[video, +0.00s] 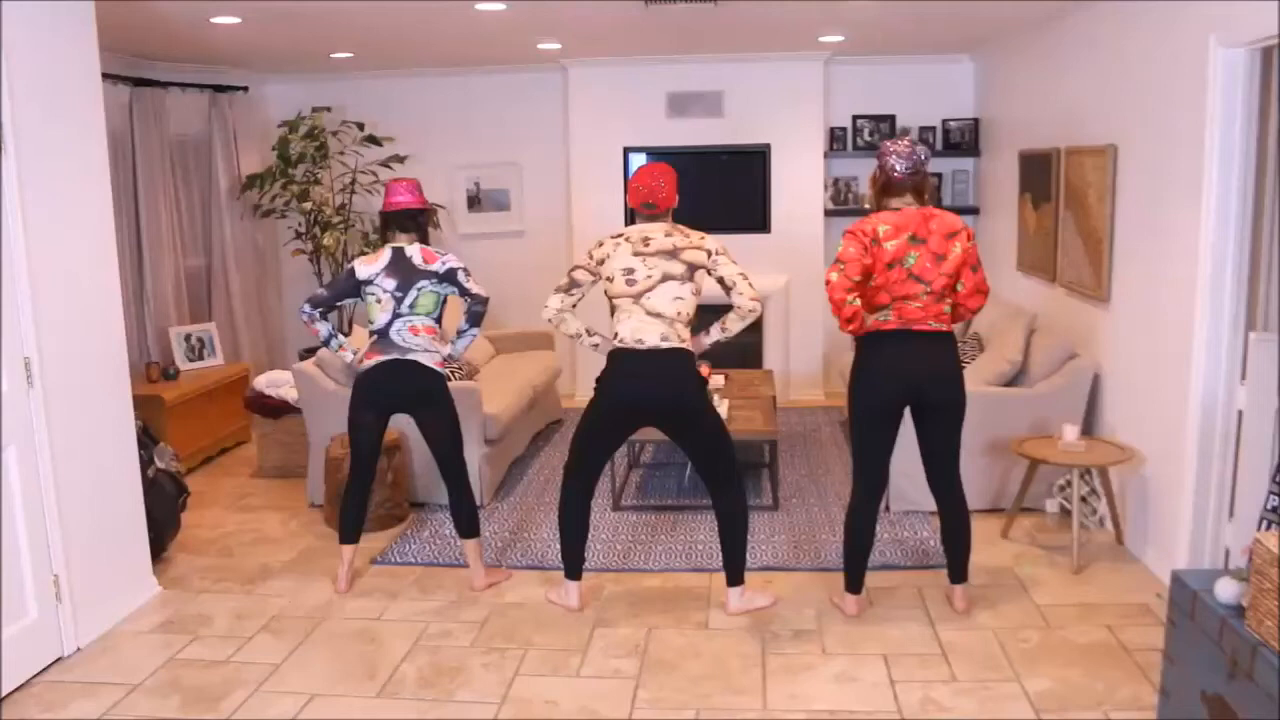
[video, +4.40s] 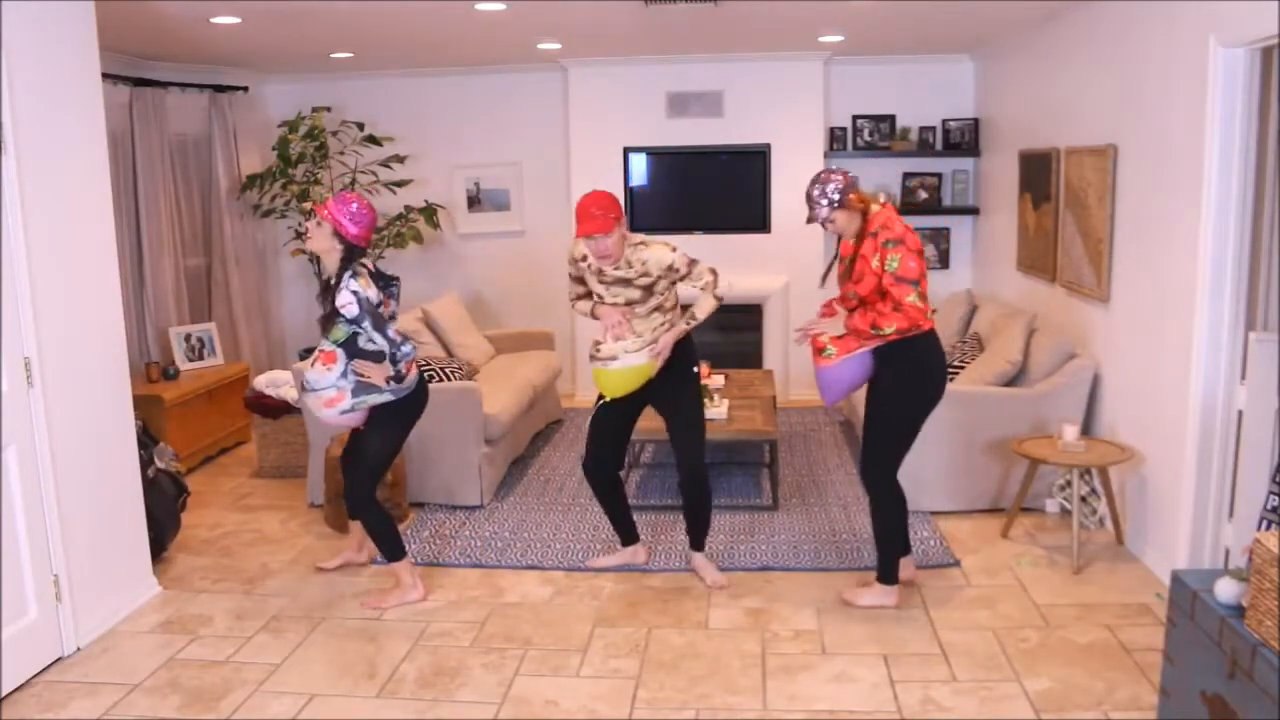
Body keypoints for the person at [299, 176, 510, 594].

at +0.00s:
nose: (424, 225)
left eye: (404, 222)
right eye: (423, 220)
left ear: (385, 224)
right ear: (423, 222)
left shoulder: (365, 266)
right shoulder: (442, 262)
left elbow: (310, 308)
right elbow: (478, 299)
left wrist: (346, 350)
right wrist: (456, 350)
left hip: (373, 379)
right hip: (426, 379)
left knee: (360, 472)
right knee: (455, 472)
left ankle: (344, 572)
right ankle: (479, 572)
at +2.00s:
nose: (418, 225)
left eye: (393, 222)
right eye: (420, 219)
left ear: (381, 223)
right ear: (421, 220)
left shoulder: (366, 266)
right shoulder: (439, 260)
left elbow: (309, 311)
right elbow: (480, 295)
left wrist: (348, 352)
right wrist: (457, 347)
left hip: (376, 380)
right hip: (427, 379)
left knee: (362, 474)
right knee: (456, 473)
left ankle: (345, 572)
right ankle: (479, 573)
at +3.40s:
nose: (374, 228)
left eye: (376, 223)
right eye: (378, 222)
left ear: (381, 227)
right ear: (419, 227)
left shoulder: (378, 268)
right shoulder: (437, 266)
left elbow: (373, 326)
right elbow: (496, 300)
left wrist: (389, 354)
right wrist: (472, 344)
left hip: (424, 386)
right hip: (463, 376)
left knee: (378, 473)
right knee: (444, 461)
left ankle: (407, 577)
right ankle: (458, 556)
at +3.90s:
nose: (326, 225)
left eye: (331, 218)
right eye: (328, 217)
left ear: (349, 224)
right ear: (364, 223)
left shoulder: (363, 272)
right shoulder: (387, 261)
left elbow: (373, 345)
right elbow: (433, 292)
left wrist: (324, 358)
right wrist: (421, 338)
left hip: (416, 389)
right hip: (437, 377)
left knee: (373, 480)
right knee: (411, 461)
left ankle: (408, 583)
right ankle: (458, 545)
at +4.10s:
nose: (316, 223)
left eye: (323, 218)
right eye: (319, 216)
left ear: (343, 227)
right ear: (353, 228)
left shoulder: (356, 275)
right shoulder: (377, 261)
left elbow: (370, 342)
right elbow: (416, 288)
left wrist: (319, 368)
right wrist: (404, 339)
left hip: (406, 393)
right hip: (423, 381)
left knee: (364, 487)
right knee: (388, 458)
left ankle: (408, 583)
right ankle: (420, 540)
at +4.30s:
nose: (309, 226)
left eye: (317, 221)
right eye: (312, 219)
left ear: (339, 233)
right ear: (343, 233)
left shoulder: (347, 284)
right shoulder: (368, 261)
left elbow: (330, 364)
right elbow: (403, 284)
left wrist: (303, 378)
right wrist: (396, 335)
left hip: (402, 394)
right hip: (410, 383)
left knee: (361, 491)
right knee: (367, 467)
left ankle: (408, 583)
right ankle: (366, 539)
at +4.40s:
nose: (308, 227)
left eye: (317, 224)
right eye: (312, 221)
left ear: (338, 237)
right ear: (337, 237)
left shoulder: (351, 286)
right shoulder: (350, 273)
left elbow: (329, 366)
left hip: (403, 393)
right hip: (388, 388)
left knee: (361, 484)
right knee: (351, 462)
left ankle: (409, 582)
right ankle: (359, 543)